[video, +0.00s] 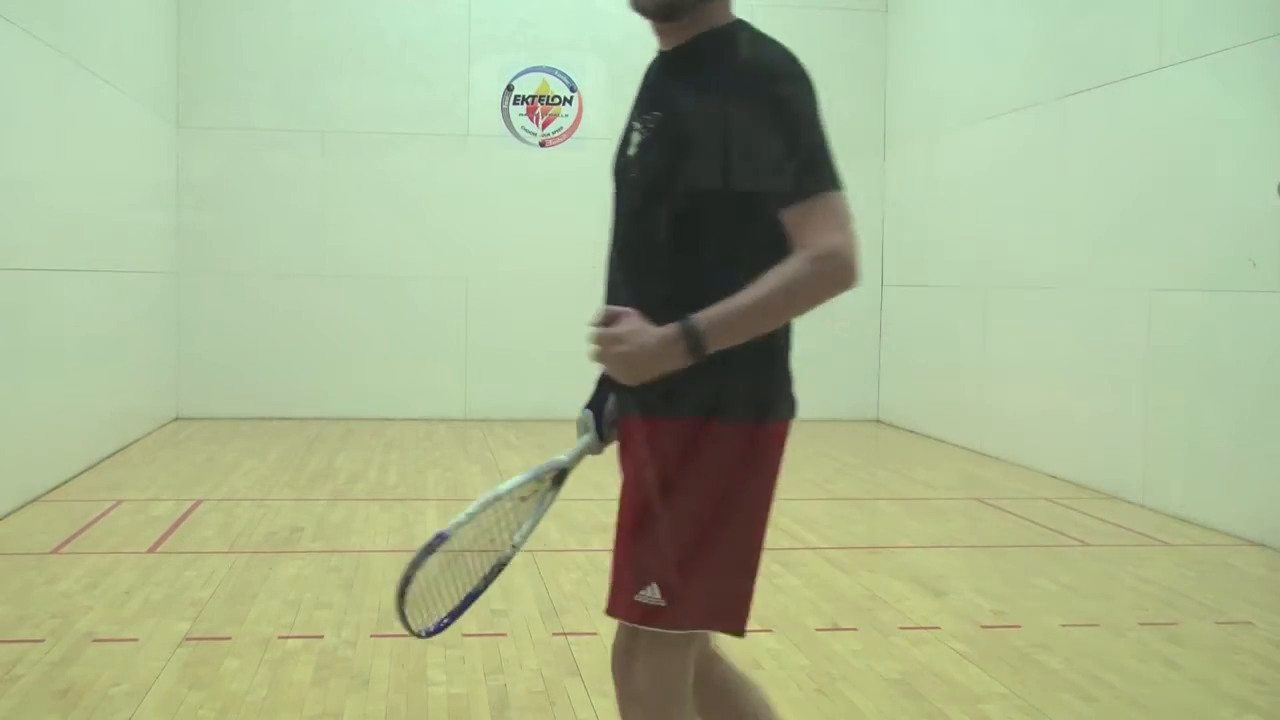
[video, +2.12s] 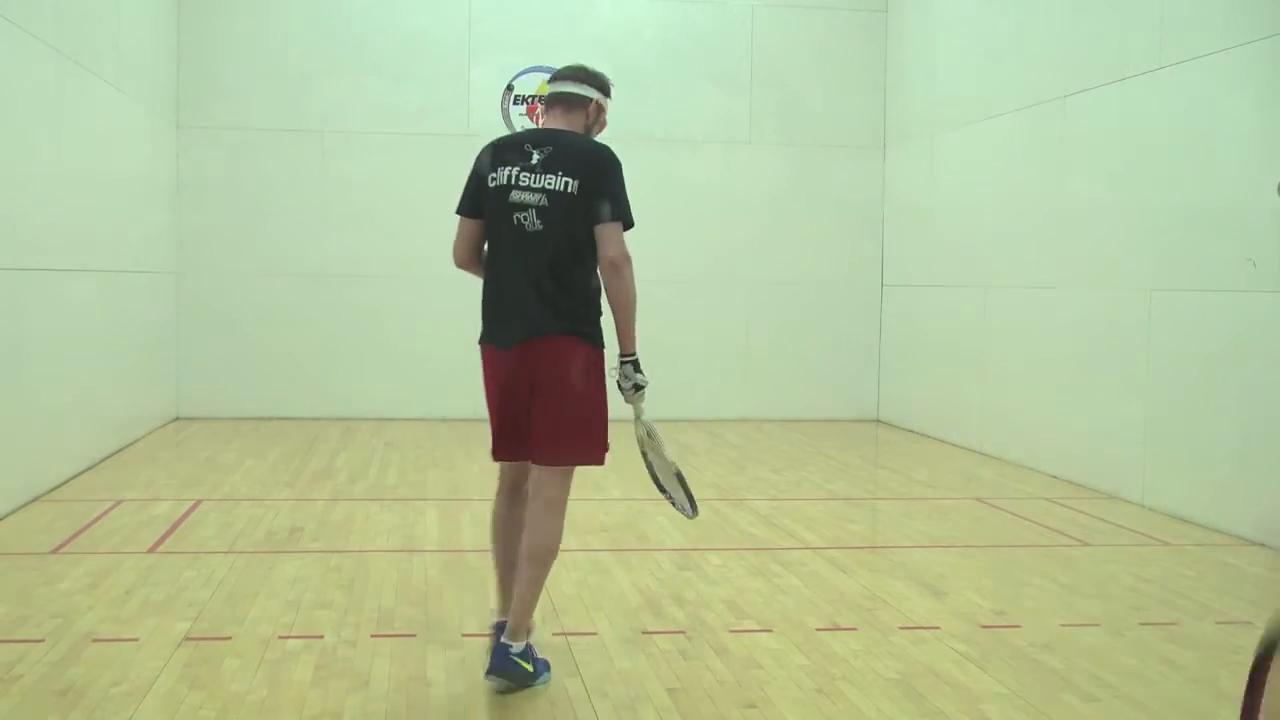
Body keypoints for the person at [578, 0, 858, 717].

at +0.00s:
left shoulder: (757, 73)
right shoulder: (668, 74)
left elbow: (831, 259)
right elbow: (680, 254)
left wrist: (675, 343)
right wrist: (624, 379)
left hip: (719, 410)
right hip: (666, 404)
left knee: (649, 666)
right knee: (680, 653)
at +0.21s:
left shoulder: (697, 65)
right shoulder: (625, 71)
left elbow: (727, 252)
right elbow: (632, 245)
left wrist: (560, 307)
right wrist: (586, 377)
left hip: (668, 401)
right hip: (622, 395)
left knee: (643, 650)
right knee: (579, 616)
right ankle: (667, 704)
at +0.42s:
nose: (517, 6)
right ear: (599, 3)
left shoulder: (608, 72)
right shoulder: (623, 76)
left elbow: (609, 250)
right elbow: (624, 278)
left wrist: (470, 290)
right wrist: (556, 418)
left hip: (610, 403)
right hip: (592, 401)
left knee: (609, 640)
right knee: (559, 613)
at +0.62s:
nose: (517, 20)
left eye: (518, 10)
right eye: (520, 11)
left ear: (530, 10)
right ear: (599, 14)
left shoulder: (530, 88)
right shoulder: (655, 103)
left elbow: (513, 235)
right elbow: (674, 255)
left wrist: (444, 303)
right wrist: (624, 339)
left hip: (536, 397)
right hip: (623, 396)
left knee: (488, 616)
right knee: (565, 599)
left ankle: (548, 718)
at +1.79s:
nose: (584, 123)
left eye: (583, 115)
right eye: (585, 114)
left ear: (521, 100)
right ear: (573, 109)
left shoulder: (463, 147)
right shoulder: (577, 165)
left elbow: (425, 256)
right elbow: (591, 280)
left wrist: (475, 294)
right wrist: (609, 365)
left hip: (463, 358)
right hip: (541, 363)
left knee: (458, 505)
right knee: (532, 507)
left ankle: (444, 656)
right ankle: (509, 655)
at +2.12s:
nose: (599, 126)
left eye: (598, 118)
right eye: (600, 119)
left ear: (542, 107)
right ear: (593, 113)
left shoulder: (494, 153)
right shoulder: (596, 158)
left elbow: (466, 254)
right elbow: (612, 259)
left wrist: (516, 272)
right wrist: (628, 351)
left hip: (502, 336)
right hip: (566, 340)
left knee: (512, 482)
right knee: (548, 492)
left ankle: (506, 620)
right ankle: (513, 645)